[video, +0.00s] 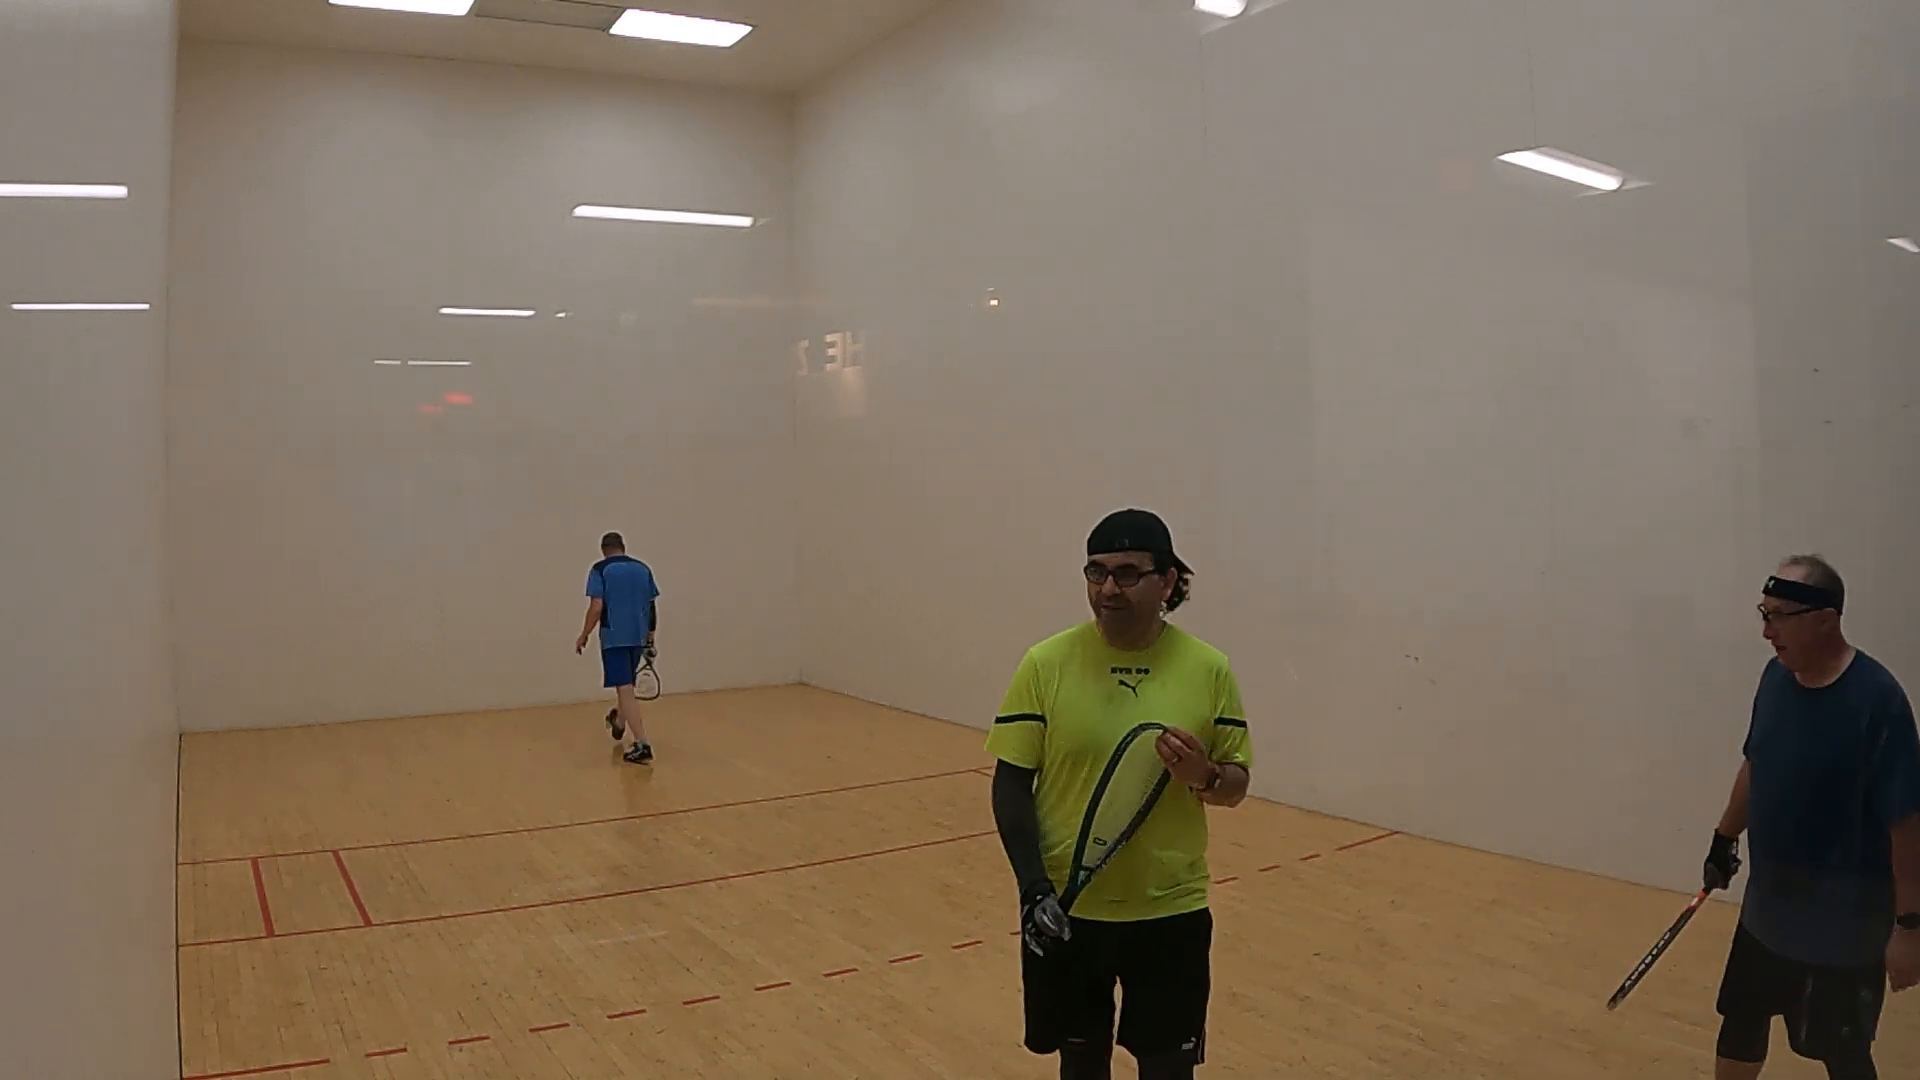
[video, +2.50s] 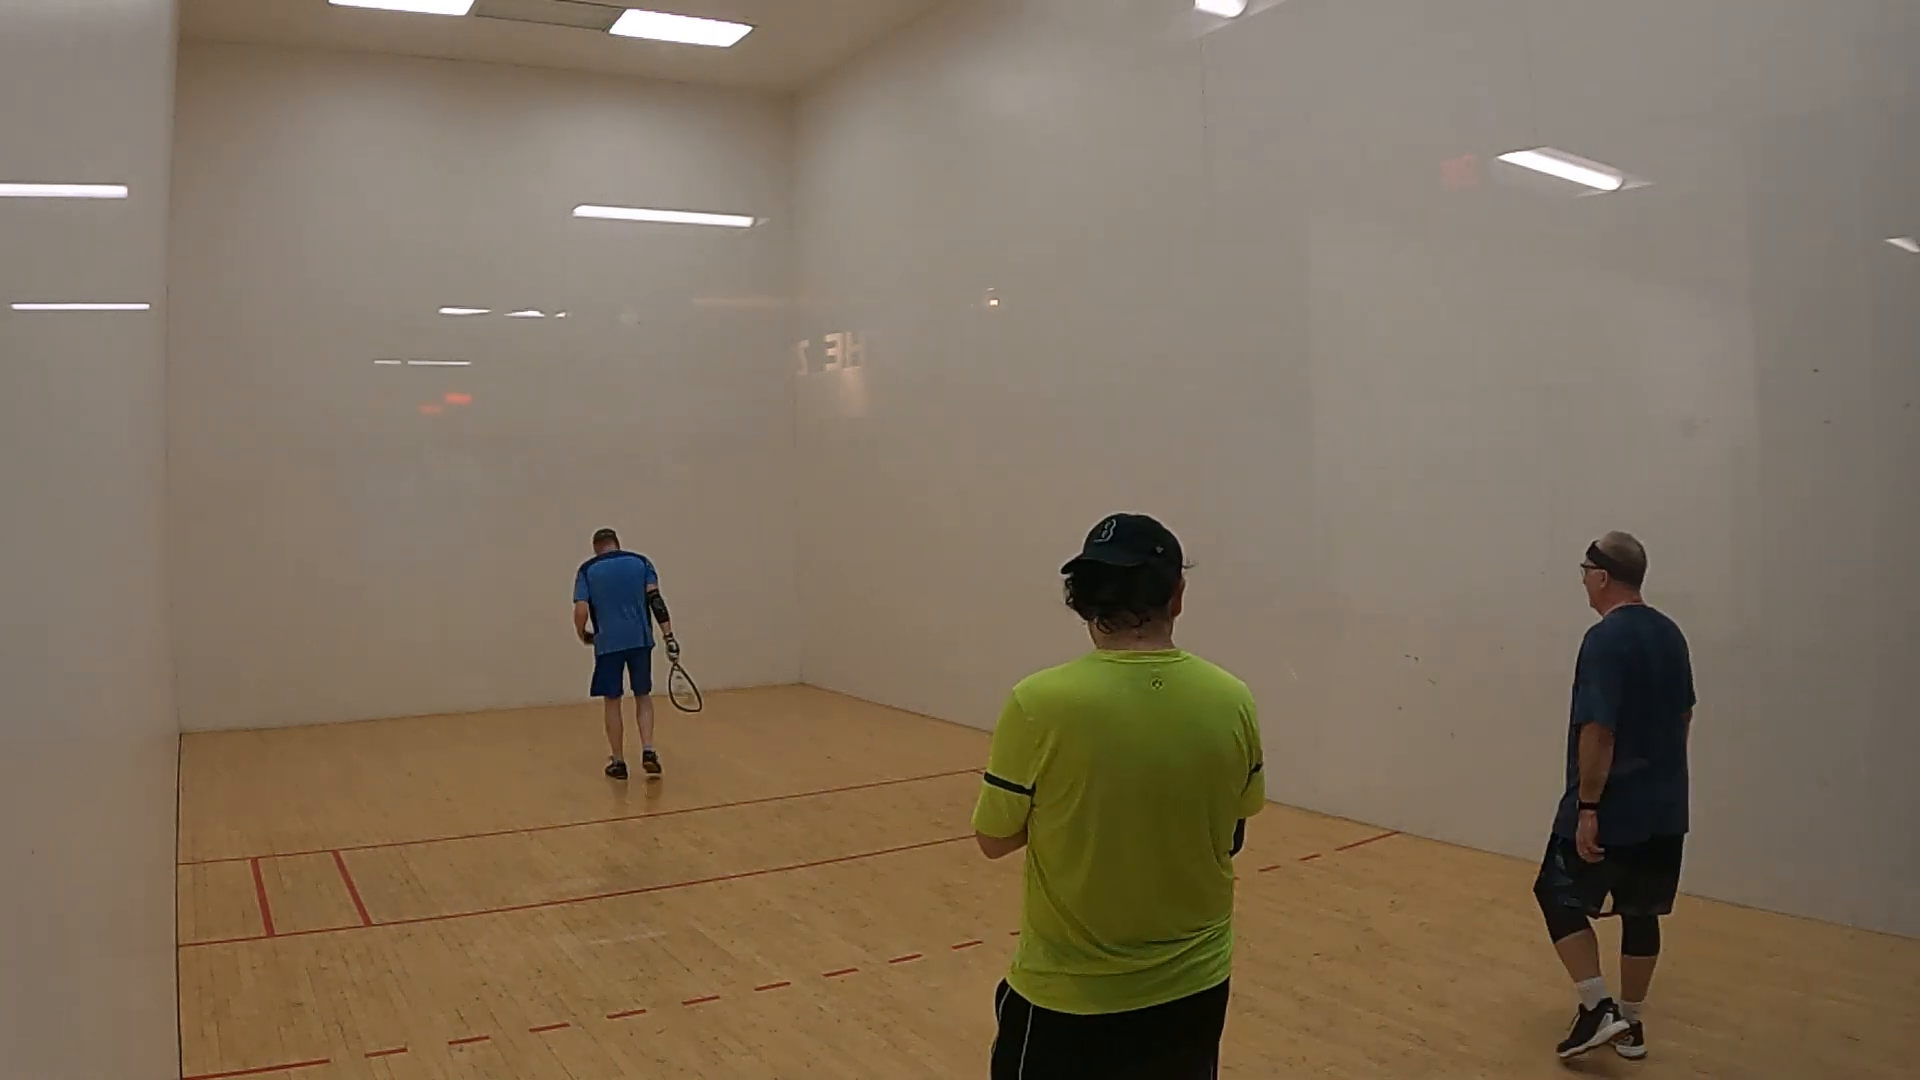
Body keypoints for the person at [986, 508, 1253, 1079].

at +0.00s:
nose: (1109, 587)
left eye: (1130, 573)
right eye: (1098, 572)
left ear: (1169, 582)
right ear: (1086, 578)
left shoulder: (1207, 670)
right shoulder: (1046, 666)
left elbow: (1235, 785)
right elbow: (1011, 787)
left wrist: (1207, 777)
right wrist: (1034, 890)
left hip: (1170, 914)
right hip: (1069, 912)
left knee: (1168, 1067)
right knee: (1081, 1061)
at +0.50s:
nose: (1031, 583)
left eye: (1040, 567)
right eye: (1035, 567)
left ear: (1076, 578)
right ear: (1076, 578)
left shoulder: (1163, 680)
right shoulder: (1048, 671)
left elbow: (1198, 827)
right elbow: (1028, 811)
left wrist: (1077, 797)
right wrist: (975, 898)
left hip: (1121, 967)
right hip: (1031, 948)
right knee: (1017, 1071)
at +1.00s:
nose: (981, 604)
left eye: (980, 589)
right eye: (981, 589)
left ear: (990, 591)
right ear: (1067, 590)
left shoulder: (1013, 693)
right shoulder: (1112, 671)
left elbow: (941, 845)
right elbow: (1073, 800)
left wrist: (945, 767)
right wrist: (981, 754)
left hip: (1025, 982)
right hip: (1107, 960)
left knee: (981, 1073)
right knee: (1063, 1071)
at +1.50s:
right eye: (1065, 578)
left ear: (968, 595)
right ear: (1060, 586)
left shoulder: (929, 696)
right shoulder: (1122, 685)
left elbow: (901, 842)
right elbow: (1137, 824)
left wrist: (975, 792)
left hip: (983, 1014)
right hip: (1112, 1005)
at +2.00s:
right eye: (1169, 586)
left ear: (1067, 596)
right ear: (1160, 596)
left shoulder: (1019, 697)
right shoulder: (1211, 697)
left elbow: (979, 833)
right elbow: (1216, 830)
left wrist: (1056, 791)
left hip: (1044, 1018)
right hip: (1174, 1012)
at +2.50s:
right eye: (1186, 585)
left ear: (1082, 599)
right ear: (1178, 596)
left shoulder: (1039, 703)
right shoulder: (1230, 701)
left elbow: (994, 838)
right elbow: (1232, 833)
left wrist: (1069, 796)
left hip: (1061, 1016)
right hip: (1188, 1010)